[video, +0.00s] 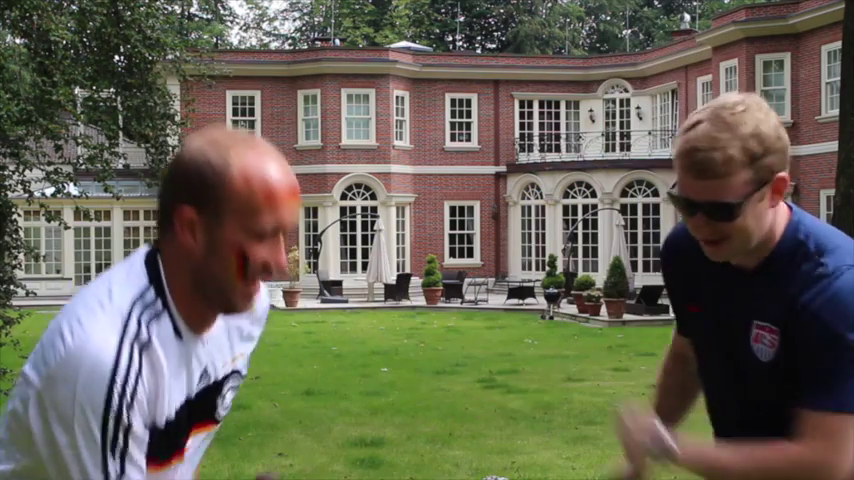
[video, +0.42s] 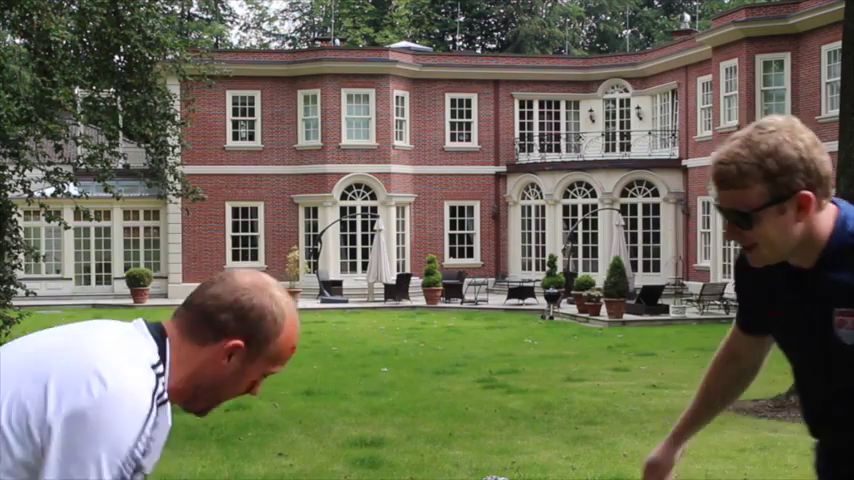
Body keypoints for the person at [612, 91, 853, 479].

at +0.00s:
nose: (700, 225)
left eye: (720, 211)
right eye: (686, 205)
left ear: (776, 192)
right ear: (677, 189)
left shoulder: (833, 283)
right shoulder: (683, 252)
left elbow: (829, 459)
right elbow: (687, 353)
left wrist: (675, 449)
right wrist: (651, 444)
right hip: (742, 467)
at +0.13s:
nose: (680, 226)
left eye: (694, 209)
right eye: (671, 206)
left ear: (757, 194)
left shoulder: (839, 270)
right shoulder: (692, 255)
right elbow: (726, 333)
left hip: (838, 461)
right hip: (763, 456)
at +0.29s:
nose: (699, 235)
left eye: (712, 220)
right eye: (693, 215)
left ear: (774, 208)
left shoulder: (846, 270)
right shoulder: (735, 254)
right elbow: (756, 324)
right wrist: (722, 401)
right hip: (798, 465)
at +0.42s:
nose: (730, 233)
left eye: (743, 217)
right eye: (724, 216)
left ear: (803, 206)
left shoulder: (849, 256)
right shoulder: (759, 260)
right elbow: (743, 350)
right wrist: (672, 444)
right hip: (835, 457)